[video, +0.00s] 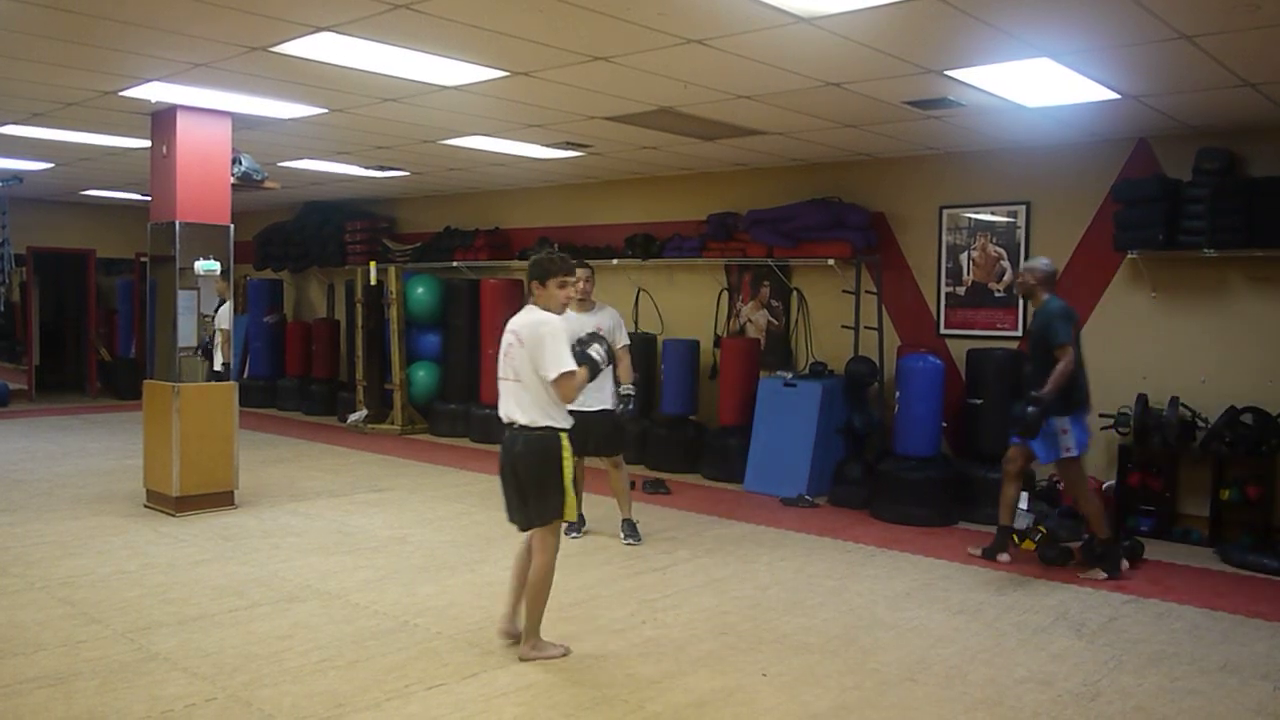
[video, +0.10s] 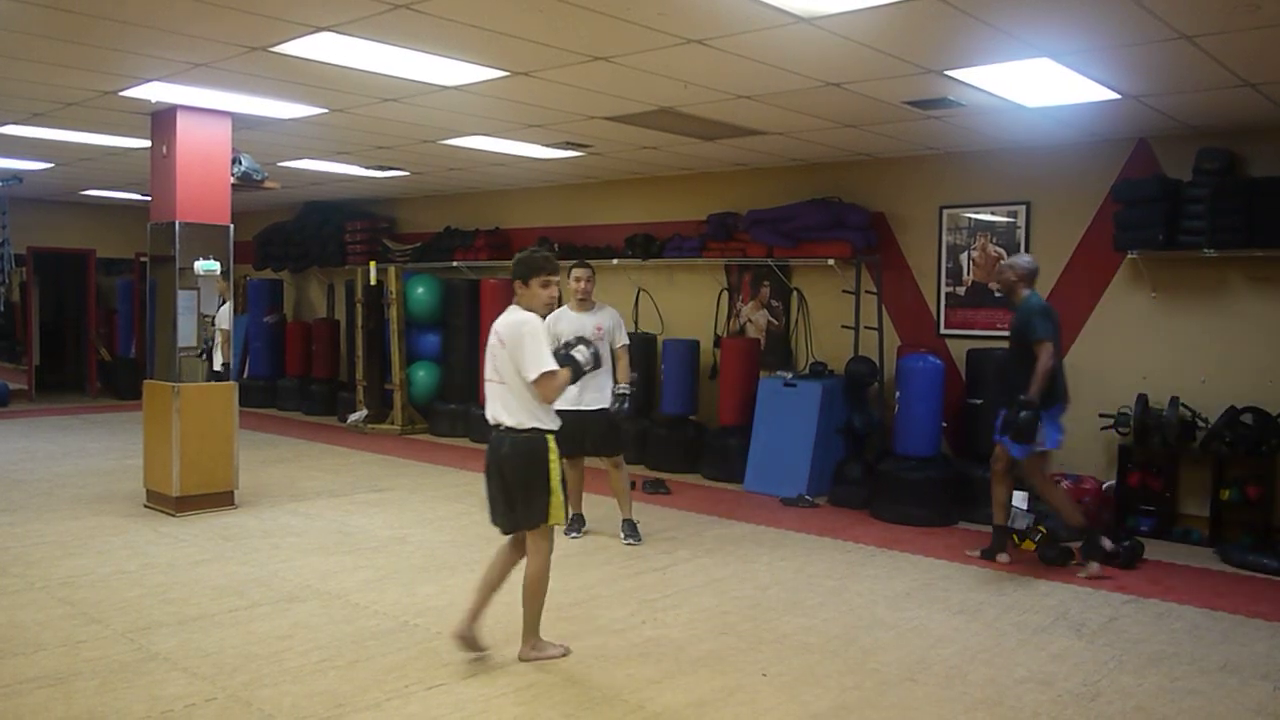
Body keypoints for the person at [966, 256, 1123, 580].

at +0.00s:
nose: (1017, 280)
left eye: (1022, 275)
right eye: (1019, 275)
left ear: (1037, 280)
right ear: (1037, 281)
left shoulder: (1056, 312)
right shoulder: (1041, 313)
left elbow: (1067, 359)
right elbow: (1044, 362)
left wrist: (1039, 402)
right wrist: (1030, 396)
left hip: (1063, 411)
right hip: (1039, 410)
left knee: (1076, 483)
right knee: (1012, 465)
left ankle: (1109, 553)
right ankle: (1001, 543)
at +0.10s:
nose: (997, 273)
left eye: (1003, 268)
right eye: (999, 268)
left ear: (1019, 276)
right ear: (1018, 276)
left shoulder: (1035, 309)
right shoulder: (1021, 308)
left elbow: (1045, 357)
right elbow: (1025, 362)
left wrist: (1029, 406)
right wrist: (1011, 401)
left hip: (1039, 409)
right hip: (1018, 406)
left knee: (1035, 476)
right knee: (1000, 466)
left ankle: (1090, 543)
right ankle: (999, 543)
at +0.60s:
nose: (911, 281)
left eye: (914, 277)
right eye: (913, 276)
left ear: (925, 278)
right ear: (940, 278)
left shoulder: (935, 307)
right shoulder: (954, 305)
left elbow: (944, 356)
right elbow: (958, 356)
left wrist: (926, 398)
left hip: (936, 401)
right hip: (959, 401)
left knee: (902, 457)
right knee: (948, 464)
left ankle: (896, 535)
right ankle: (987, 529)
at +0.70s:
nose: (894, 277)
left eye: (897, 272)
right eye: (896, 271)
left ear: (907, 275)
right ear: (921, 275)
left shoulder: (913, 305)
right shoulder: (936, 303)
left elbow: (917, 351)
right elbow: (952, 349)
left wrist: (899, 391)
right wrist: (933, 373)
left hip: (916, 400)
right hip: (937, 398)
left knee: (893, 461)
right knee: (916, 461)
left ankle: (896, 535)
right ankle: (956, 513)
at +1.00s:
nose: (850, 278)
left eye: (852, 274)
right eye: (852, 273)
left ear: (861, 275)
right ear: (878, 276)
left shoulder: (861, 305)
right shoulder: (892, 305)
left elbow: (859, 343)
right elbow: (909, 347)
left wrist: (833, 374)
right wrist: (910, 388)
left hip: (870, 392)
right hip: (890, 390)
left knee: (879, 458)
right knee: (856, 449)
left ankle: (896, 535)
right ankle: (838, 506)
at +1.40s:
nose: (801, 272)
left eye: (804, 267)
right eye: (802, 267)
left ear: (813, 271)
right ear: (826, 272)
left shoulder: (814, 300)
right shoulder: (842, 300)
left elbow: (819, 342)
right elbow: (853, 343)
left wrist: (806, 382)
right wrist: (839, 370)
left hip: (818, 382)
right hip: (841, 382)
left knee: (783, 435)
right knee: (827, 441)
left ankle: (805, 490)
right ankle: (829, 507)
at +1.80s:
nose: (741, 276)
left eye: (744, 271)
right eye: (743, 271)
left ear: (751, 275)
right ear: (766, 273)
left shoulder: (753, 303)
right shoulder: (783, 299)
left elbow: (755, 343)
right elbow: (798, 339)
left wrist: (744, 381)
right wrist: (794, 374)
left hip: (757, 381)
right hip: (781, 379)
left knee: (747, 437)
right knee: (771, 434)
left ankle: (750, 502)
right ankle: (800, 487)